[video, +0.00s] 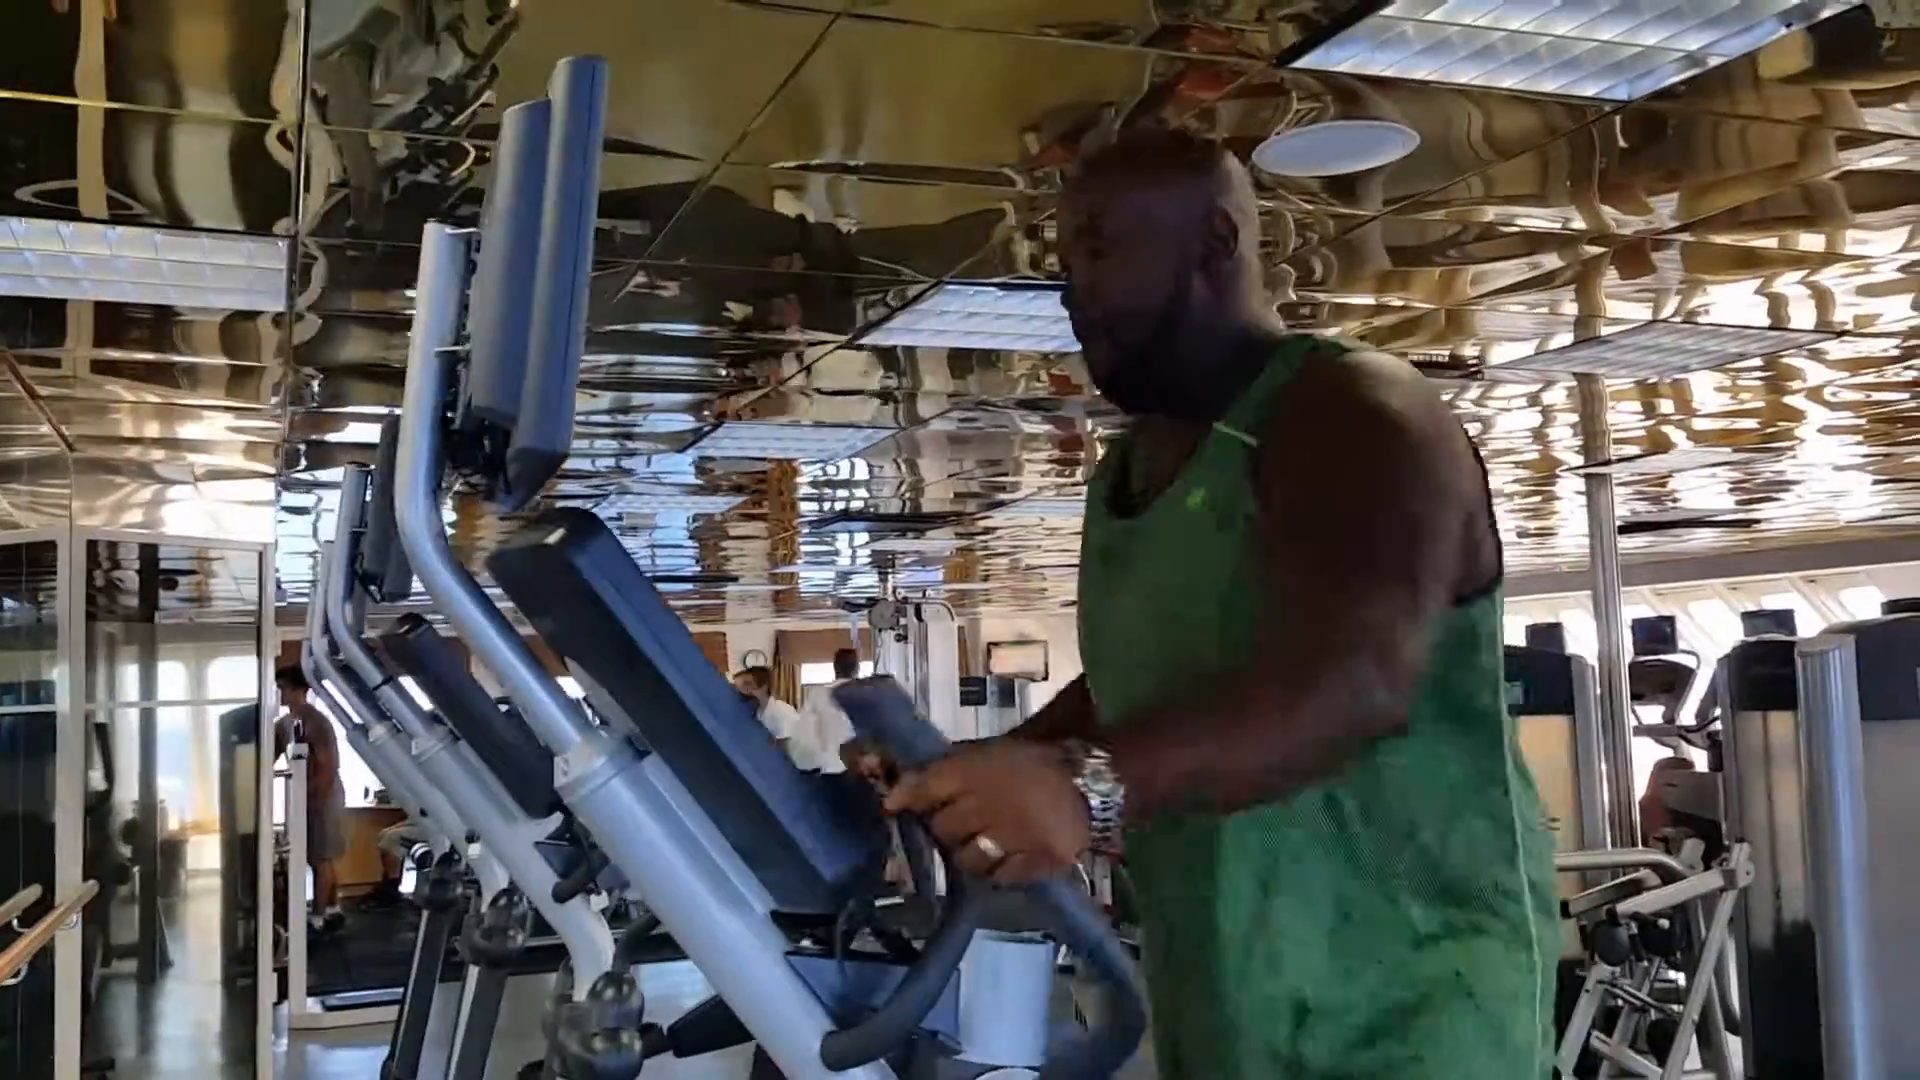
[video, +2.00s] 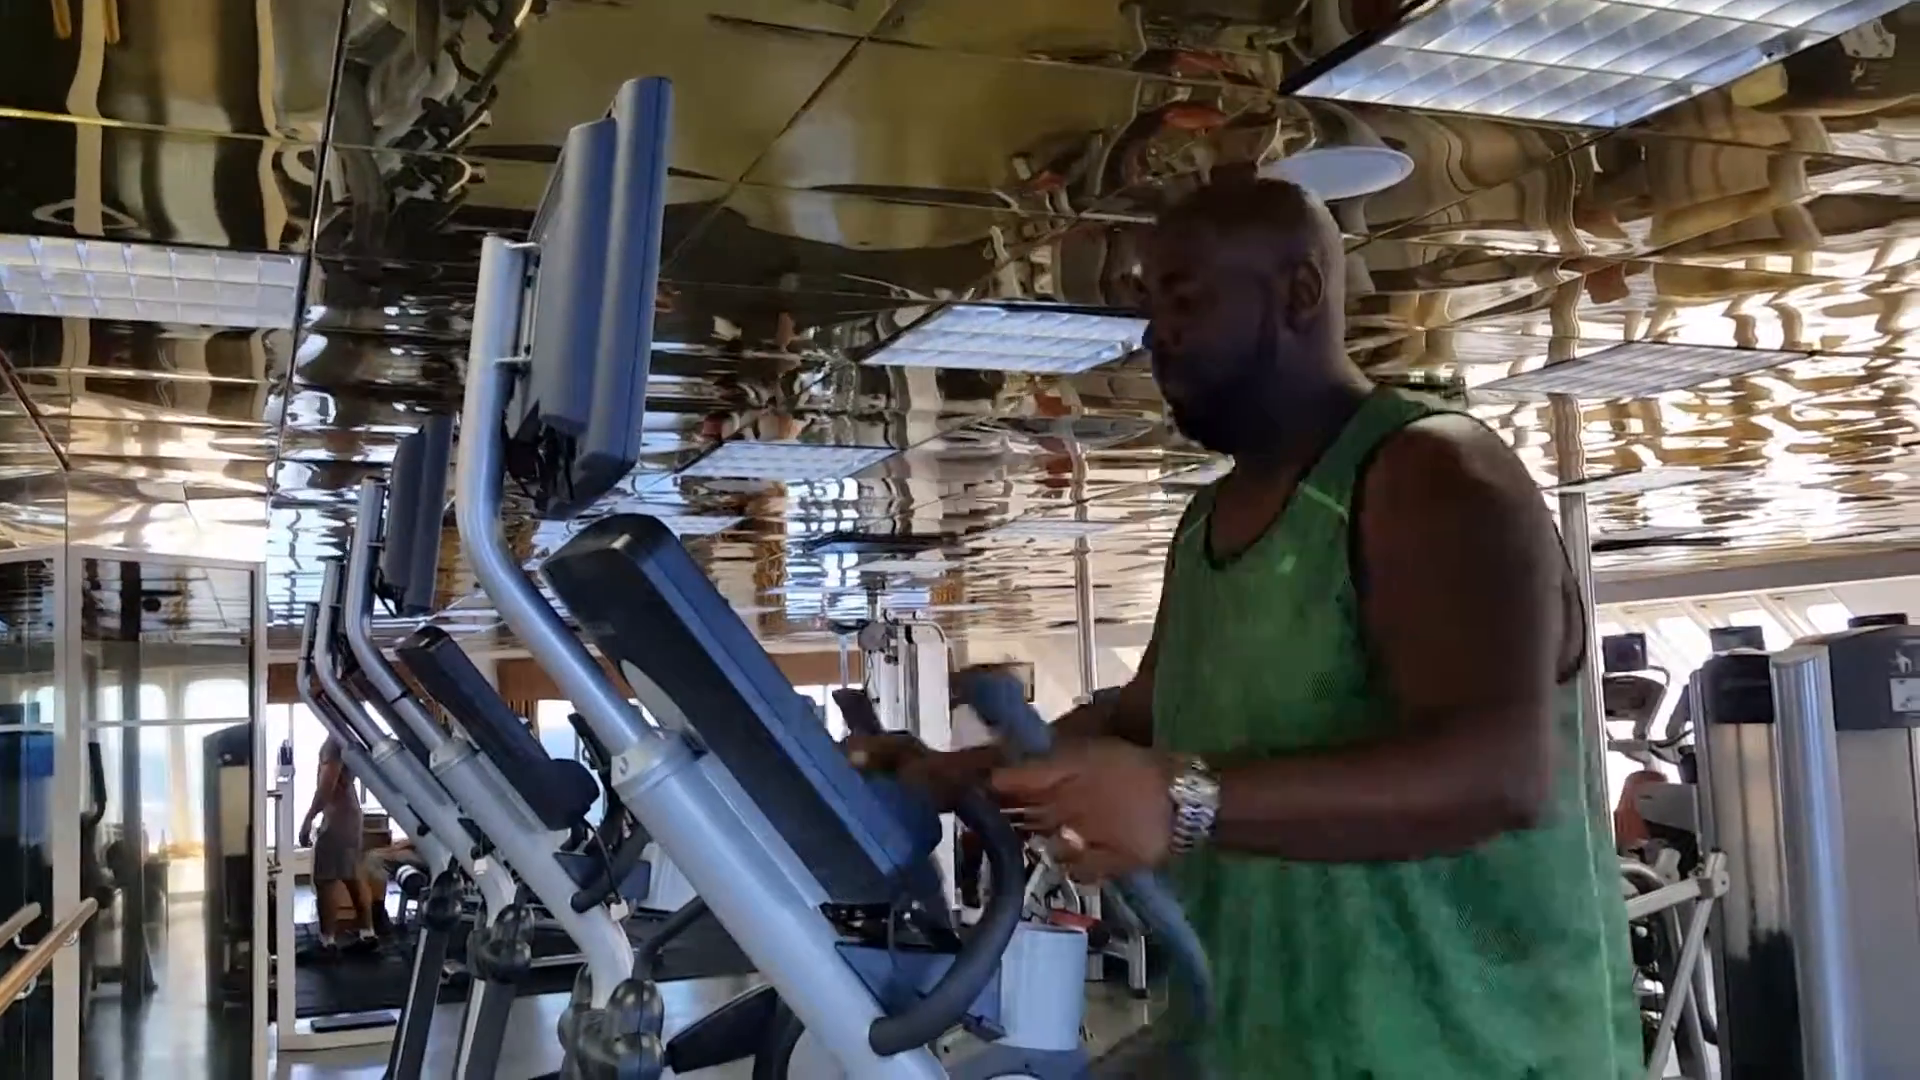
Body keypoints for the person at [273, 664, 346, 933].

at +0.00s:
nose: (279, 694)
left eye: (284, 688)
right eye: (279, 688)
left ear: (299, 690)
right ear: (287, 692)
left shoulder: (317, 722)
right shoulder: (284, 725)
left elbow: (327, 766)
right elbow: (266, 758)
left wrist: (313, 797)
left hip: (325, 794)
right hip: (304, 794)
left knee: (321, 856)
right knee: (319, 855)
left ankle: (319, 915)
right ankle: (333, 907)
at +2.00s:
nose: (320, 707)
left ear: (330, 710)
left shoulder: (334, 742)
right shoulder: (348, 739)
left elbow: (326, 786)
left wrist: (308, 820)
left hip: (336, 818)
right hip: (352, 816)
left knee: (325, 879)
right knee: (353, 875)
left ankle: (327, 938)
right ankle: (367, 932)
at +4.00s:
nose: (227, 674)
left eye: (230, 671)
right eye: (227, 671)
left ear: (242, 675)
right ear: (254, 676)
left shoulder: (247, 711)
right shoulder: (263, 707)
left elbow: (241, 756)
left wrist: (222, 792)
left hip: (251, 783)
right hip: (266, 781)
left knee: (237, 846)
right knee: (268, 846)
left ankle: (239, 909)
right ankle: (282, 904)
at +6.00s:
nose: (210, 676)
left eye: (213, 667)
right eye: (209, 667)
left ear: (229, 672)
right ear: (237, 674)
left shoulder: (235, 705)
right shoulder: (249, 702)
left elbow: (230, 753)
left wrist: (213, 786)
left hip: (239, 780)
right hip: (255, 777)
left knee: (226, 844)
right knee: (258, 841)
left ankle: (228, 907)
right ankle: (271, 901)